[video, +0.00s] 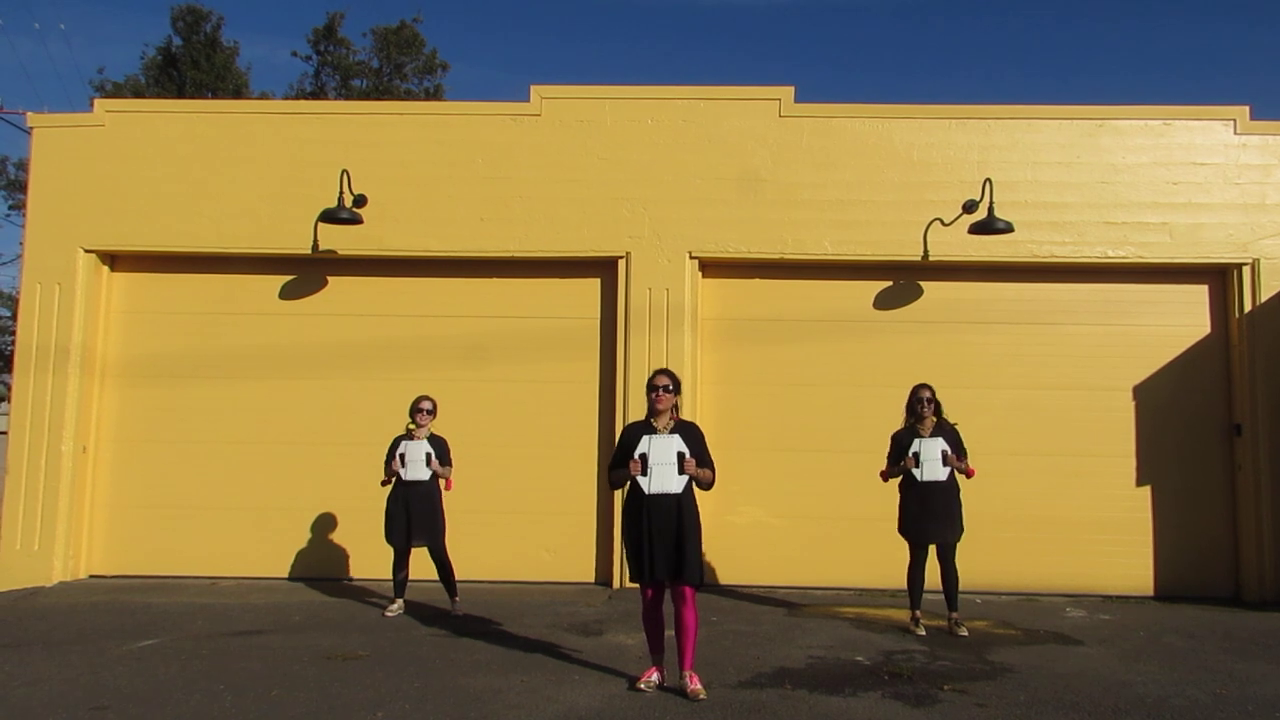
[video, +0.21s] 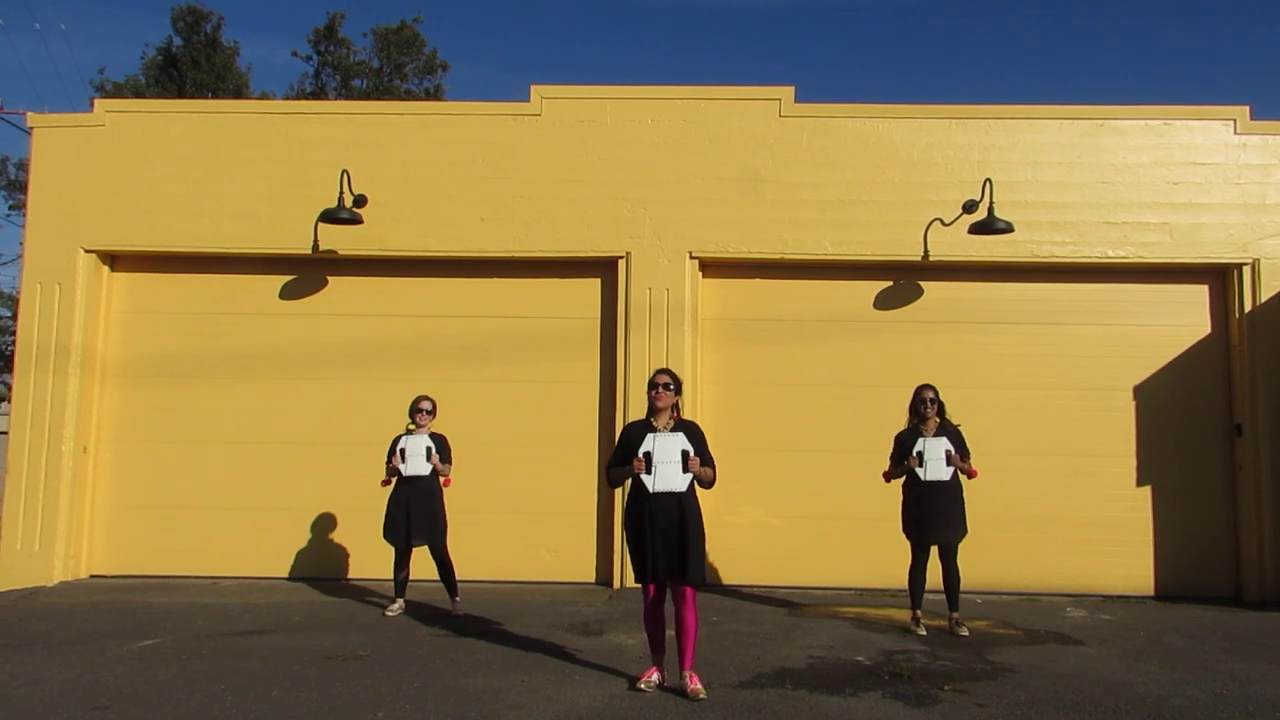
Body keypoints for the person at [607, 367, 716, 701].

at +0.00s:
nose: (659, 394)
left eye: (666, 389)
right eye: (654, 389)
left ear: (676, 395)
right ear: (647, 394)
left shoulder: (690, 432)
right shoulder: (633, 432)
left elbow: (708, 480)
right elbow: (612, 480)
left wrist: (695, 470)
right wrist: (628, 471)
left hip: (681, 525)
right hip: (643, 526)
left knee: (684, 595)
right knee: (651, 597)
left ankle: (688, 673)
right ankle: (656, 668)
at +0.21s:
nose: (659, 391)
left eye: (666, 387)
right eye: (654, 386)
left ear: (677, 394)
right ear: (647, 393)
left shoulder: (690, 431)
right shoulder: (633, 431)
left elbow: (709, 479)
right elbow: (611, 478)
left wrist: (699, 469)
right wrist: (630, 469)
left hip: (684, 524)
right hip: (645, 525)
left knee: (685, 596)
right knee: (653, 597)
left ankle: (688, 672)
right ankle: (656, 668)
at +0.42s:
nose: (660, 393)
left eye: (667, 388)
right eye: (655, 388)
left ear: (678, 395)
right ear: (648, 393)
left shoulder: (689, 431)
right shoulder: (632, 430)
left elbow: (704, 485)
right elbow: (610, 475)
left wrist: (699, 469)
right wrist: (631, 467)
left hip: (686, 525)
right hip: (648, 526)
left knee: (684, 595)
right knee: (655, 594)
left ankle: (688, 672)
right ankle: (657, 668)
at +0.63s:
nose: (659, 392)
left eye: (666, 388)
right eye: (654, 387)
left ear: (677, 395)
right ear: (647, 393)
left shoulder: (689, 430)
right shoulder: (632, 431)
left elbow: (708, 479)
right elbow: (612, 480)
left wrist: (695, 468)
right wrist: (628, 469)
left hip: (682, 524)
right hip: (644, 525)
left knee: (686, 594)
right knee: (650, 597)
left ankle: (689, 672)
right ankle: (657, 668)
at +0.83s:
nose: (658, 393)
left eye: (664, 389)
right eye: (653, 389)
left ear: (673, 399)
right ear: (645, 397)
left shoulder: (688, 433)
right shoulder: (631, 438)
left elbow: (709, 481)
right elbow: (612, 488)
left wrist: (696, 473)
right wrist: (629, 477)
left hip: (681, 530)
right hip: (641, 531)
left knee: (689, 594)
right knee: (646, 601)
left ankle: (689, 673)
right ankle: (657, 668)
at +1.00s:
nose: (658, 384)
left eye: (665, 381)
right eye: (654, 380)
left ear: (675, 390)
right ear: (646, 388)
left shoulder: (686, 427)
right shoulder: (629, 427)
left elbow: (706, 476)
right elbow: (610, 474)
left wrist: (699, 467)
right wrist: (630, 469)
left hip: (686, 522)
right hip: (649, 523)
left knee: (687, 592)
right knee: (657, 595)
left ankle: (691, 671)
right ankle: (658, 667)